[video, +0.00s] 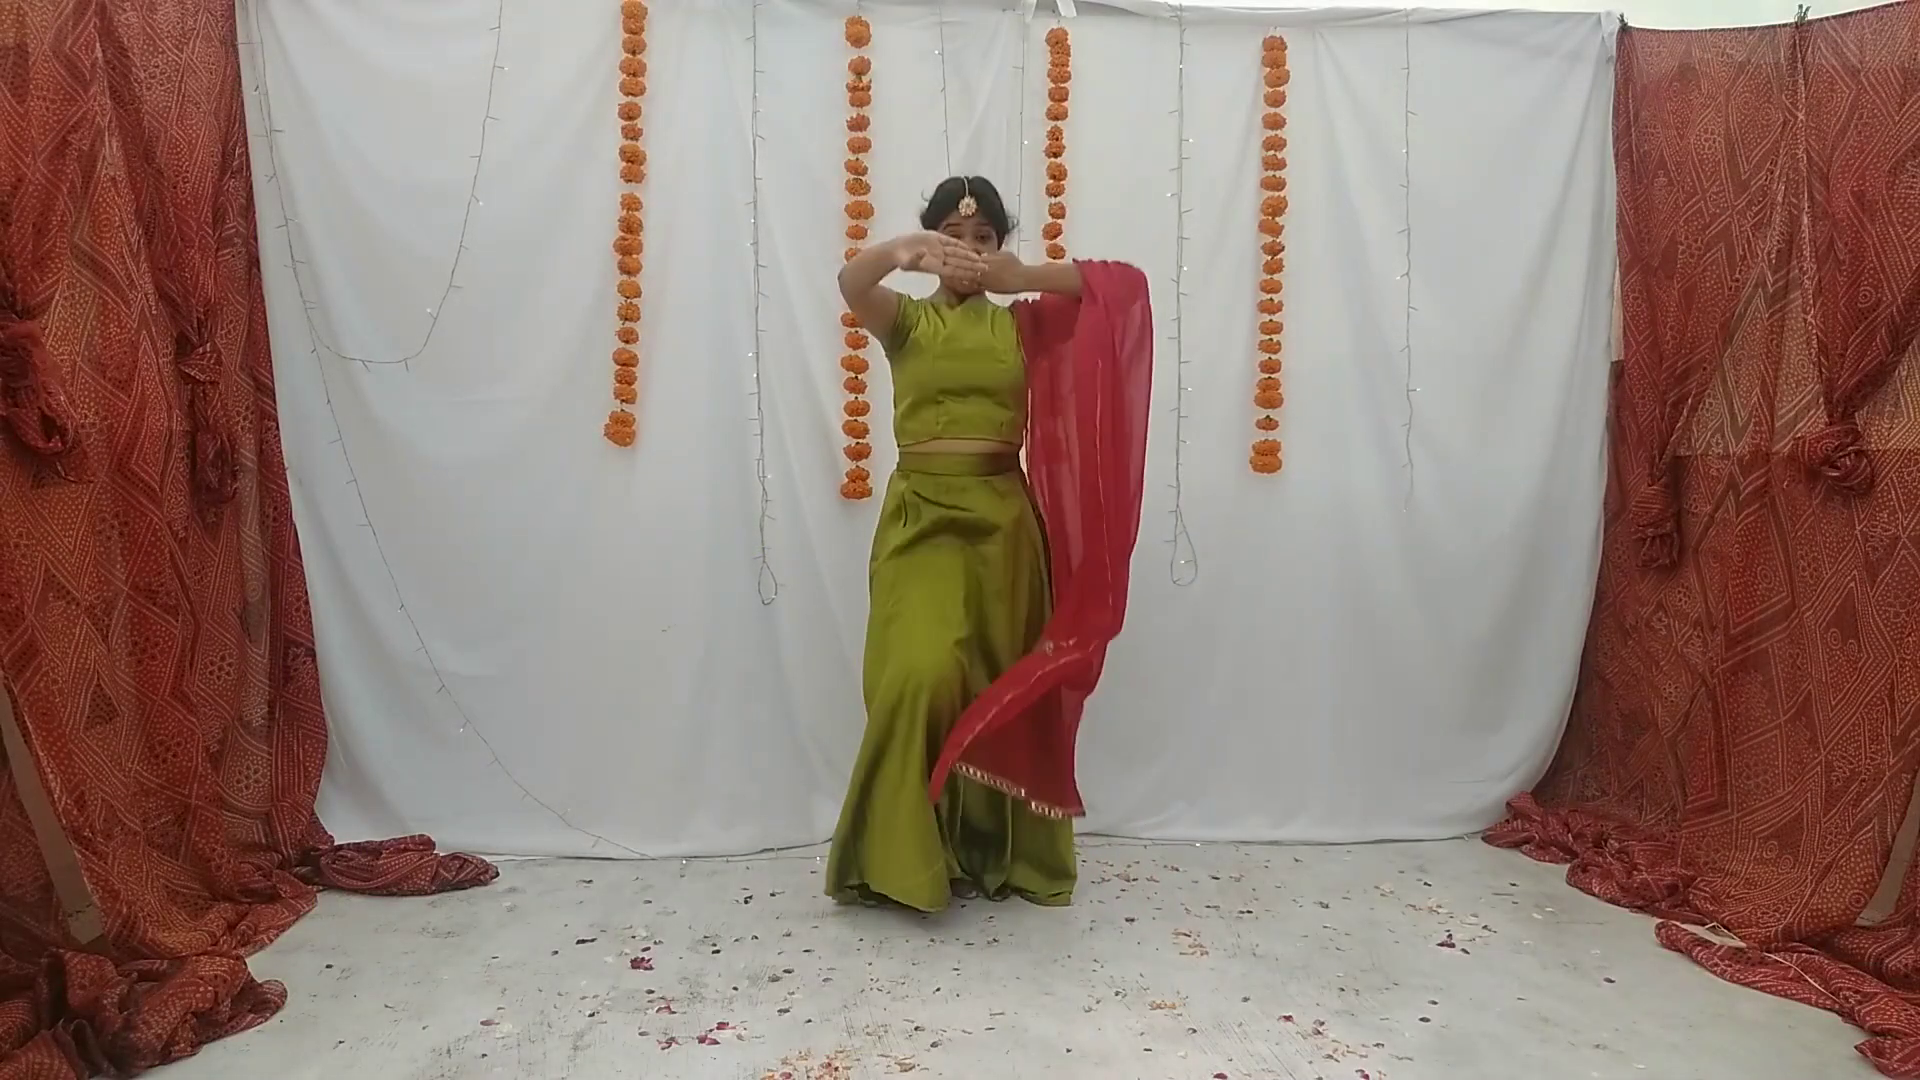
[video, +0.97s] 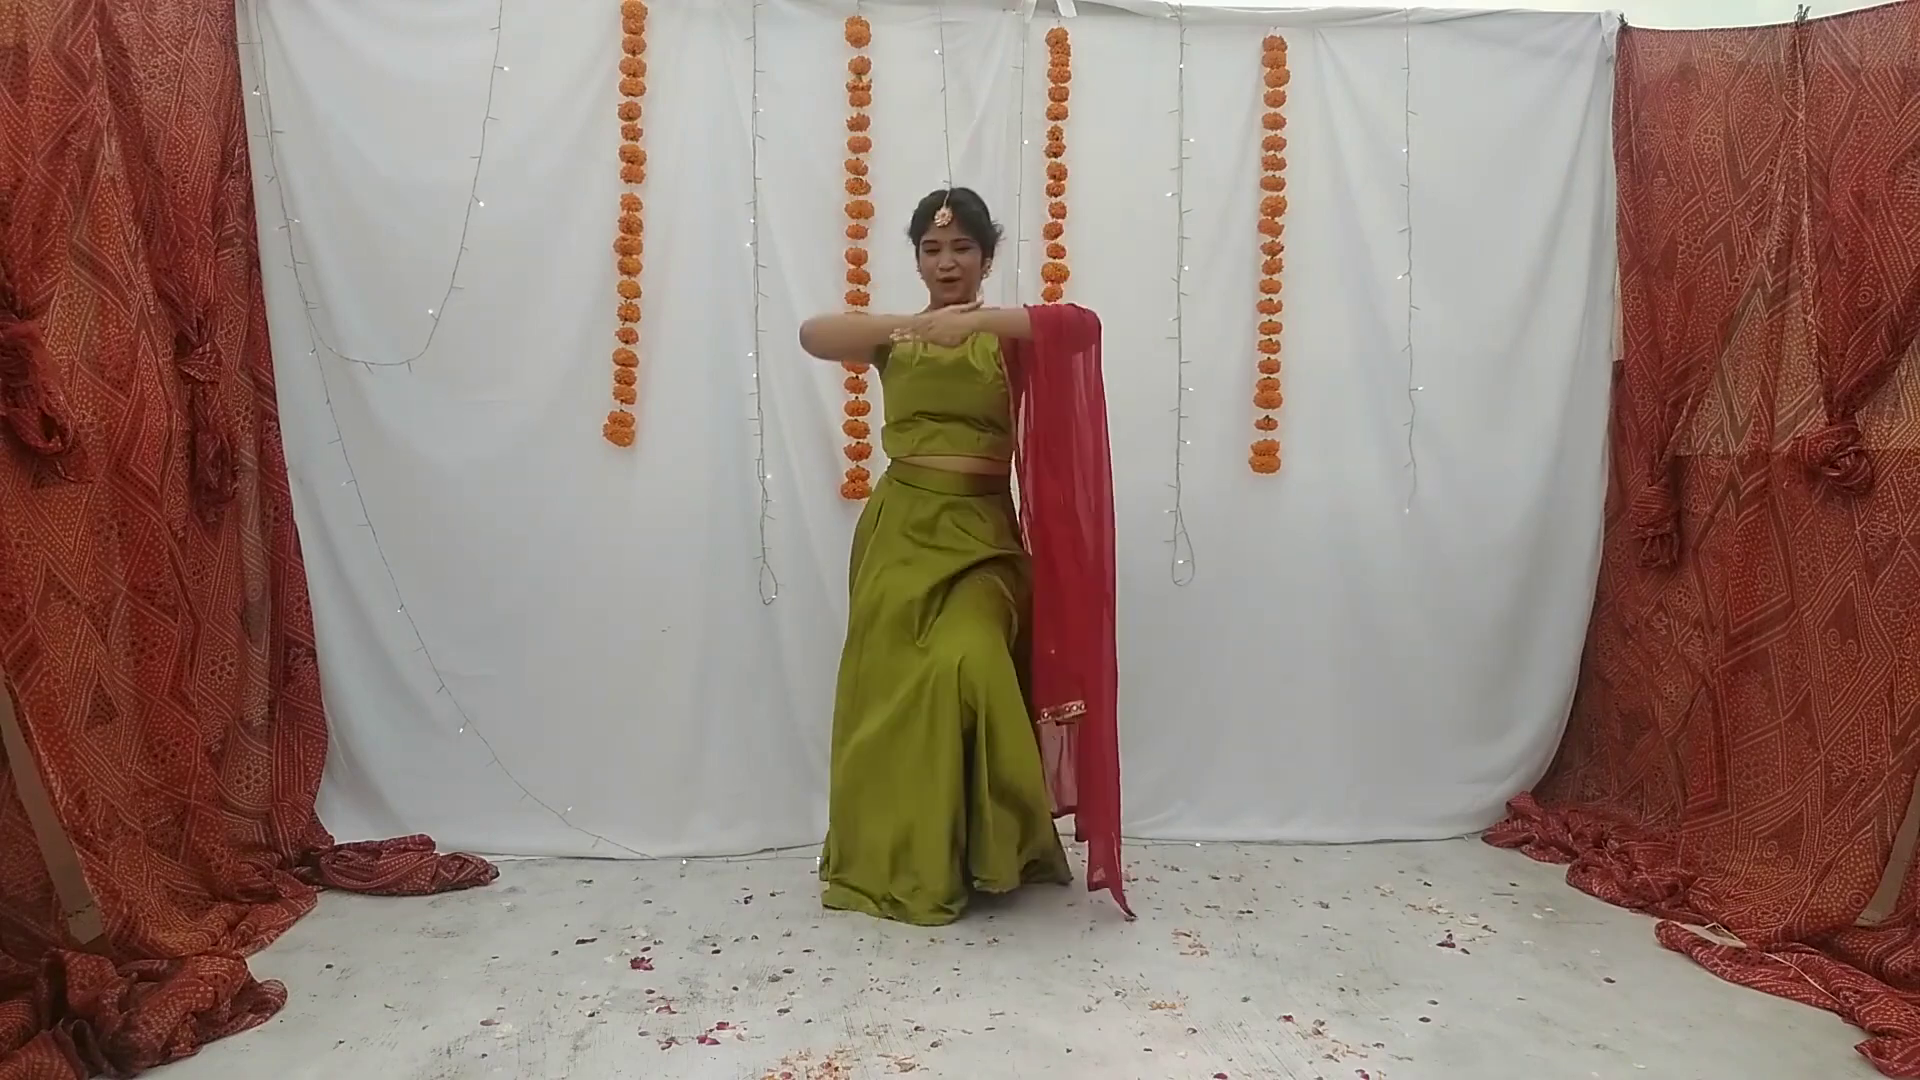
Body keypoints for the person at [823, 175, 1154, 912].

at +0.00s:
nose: (967, 243)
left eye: (981, 232)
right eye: (954, 231)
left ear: (1001, 246)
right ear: (932, 246)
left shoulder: (1023, 320)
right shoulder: (910, 320)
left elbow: (1116, 285)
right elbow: (854, 285)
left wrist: (1021, 274)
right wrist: (902, 247)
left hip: (1004, 511)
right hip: (920, 512)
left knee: (1010, 675)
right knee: (924, 670)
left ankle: (1000, 850)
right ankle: (903, 861)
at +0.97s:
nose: (943, 257)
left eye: (958, 245)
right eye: (932, 247)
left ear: (986, 254)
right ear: (917, 257)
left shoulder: (1010, 332)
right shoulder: (895, 337)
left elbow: (1074, 327)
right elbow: (813, 334)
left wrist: (978, 320)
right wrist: (903, 327)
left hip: (980, 530)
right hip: (897, 527)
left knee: (968, 657)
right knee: (886, 682)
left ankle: (991, 849)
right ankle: (892, 860)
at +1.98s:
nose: (993, 153)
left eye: (1010, 139)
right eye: (976, 136)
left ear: (1033, 151)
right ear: (952, 144)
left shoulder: (1052, 242)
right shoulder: (920, 231)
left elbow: (1136, 225)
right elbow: (857, 119)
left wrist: (1007, 228)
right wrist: (956, 95)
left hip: (1027, 462)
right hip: (938, 455)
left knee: (1007, 667)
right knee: (928, 666)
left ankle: (986, 874)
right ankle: (914, 909)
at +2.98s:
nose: (1006, 127)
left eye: (1022, 112)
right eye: (987, 114)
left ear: (1052, 130)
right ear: (960, 139)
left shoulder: (1096, 234)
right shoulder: (941, 252)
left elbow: (1193, 309)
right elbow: (845, 369)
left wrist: (1108, 223)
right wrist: (904, 265)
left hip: (1086, 495)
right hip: (972, 492)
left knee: (1085, 732)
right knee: (969, 730)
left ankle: (1086, 984)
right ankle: (965, 975)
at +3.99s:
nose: (965, 189)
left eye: (985, 175)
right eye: (962, 173)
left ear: (1033, 187)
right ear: (970, 179)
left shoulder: (1010, 266)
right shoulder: (1020, 268)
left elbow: (878, 270)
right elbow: (870, 311)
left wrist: (758, 201)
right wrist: (764, 240)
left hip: (1020, 492)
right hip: (1050, 482)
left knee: (994, 691)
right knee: (1064, 683)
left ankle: (1041, 894)